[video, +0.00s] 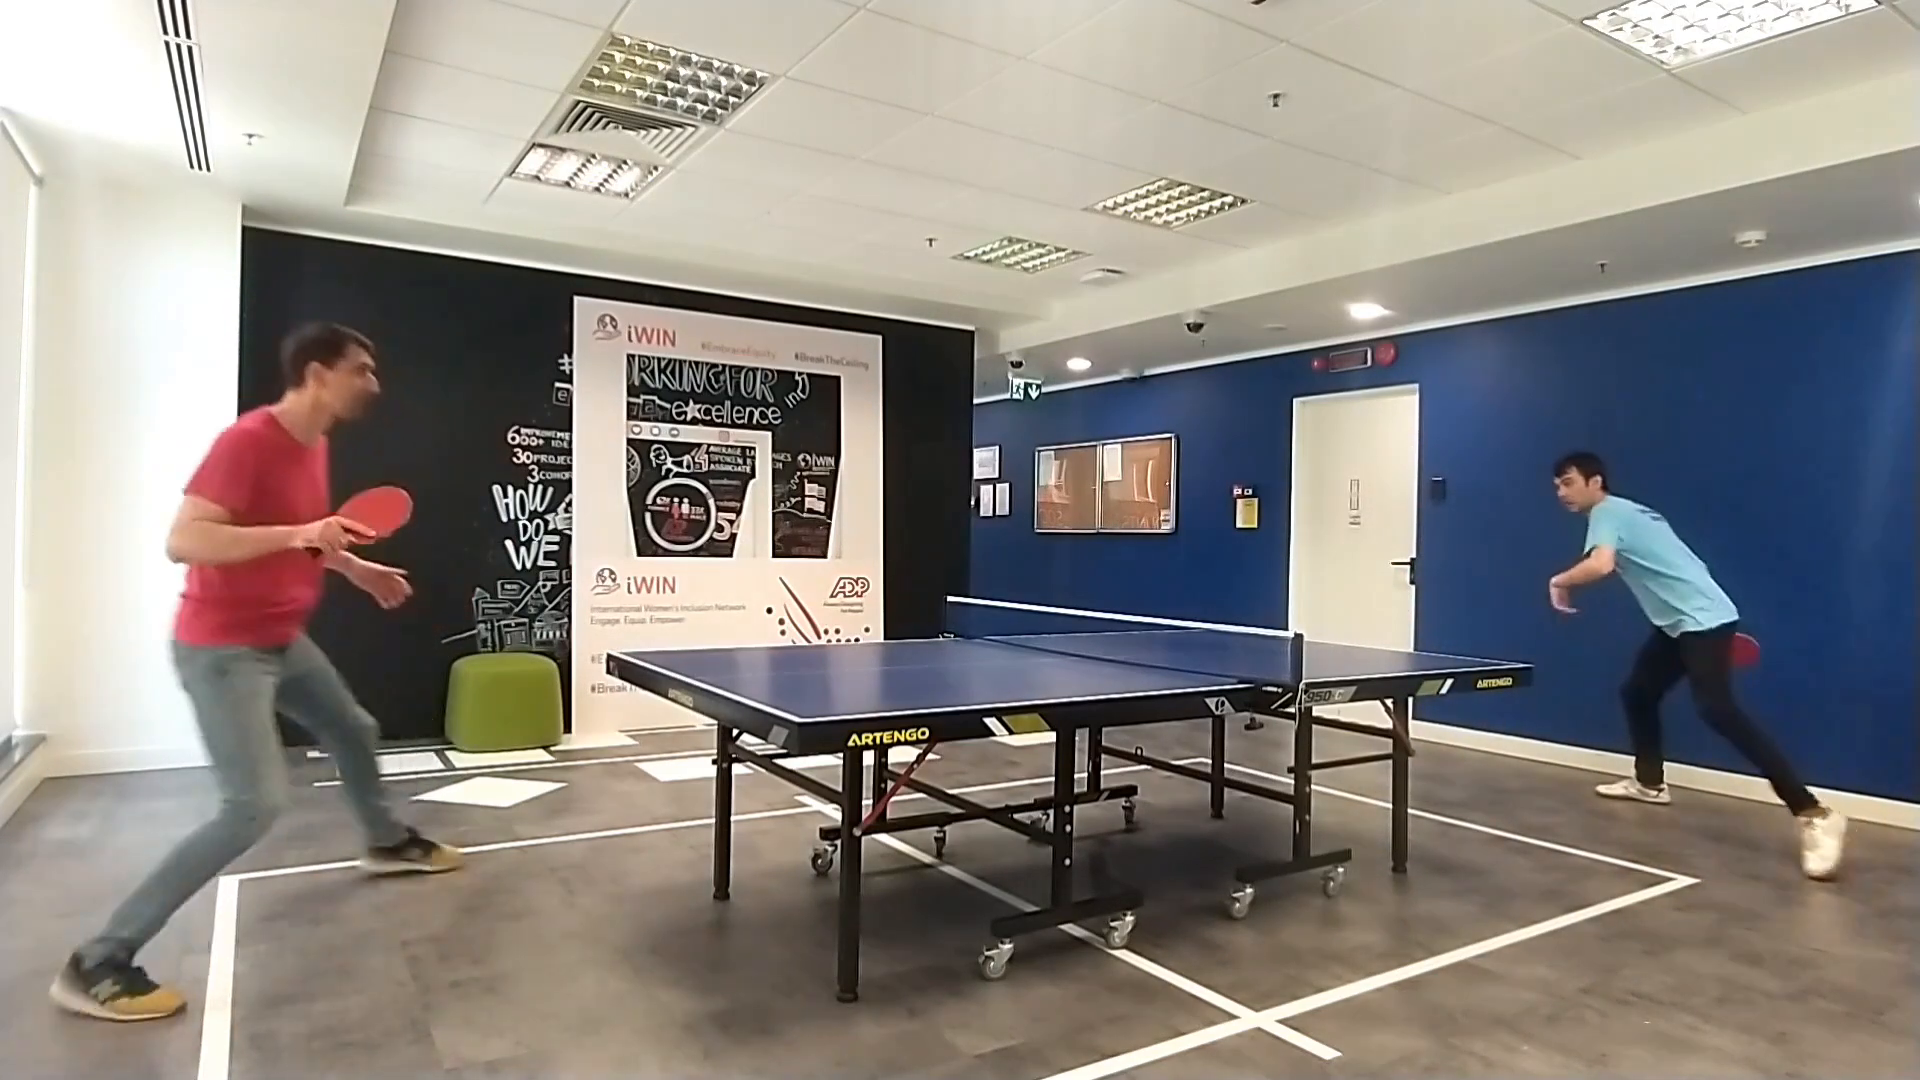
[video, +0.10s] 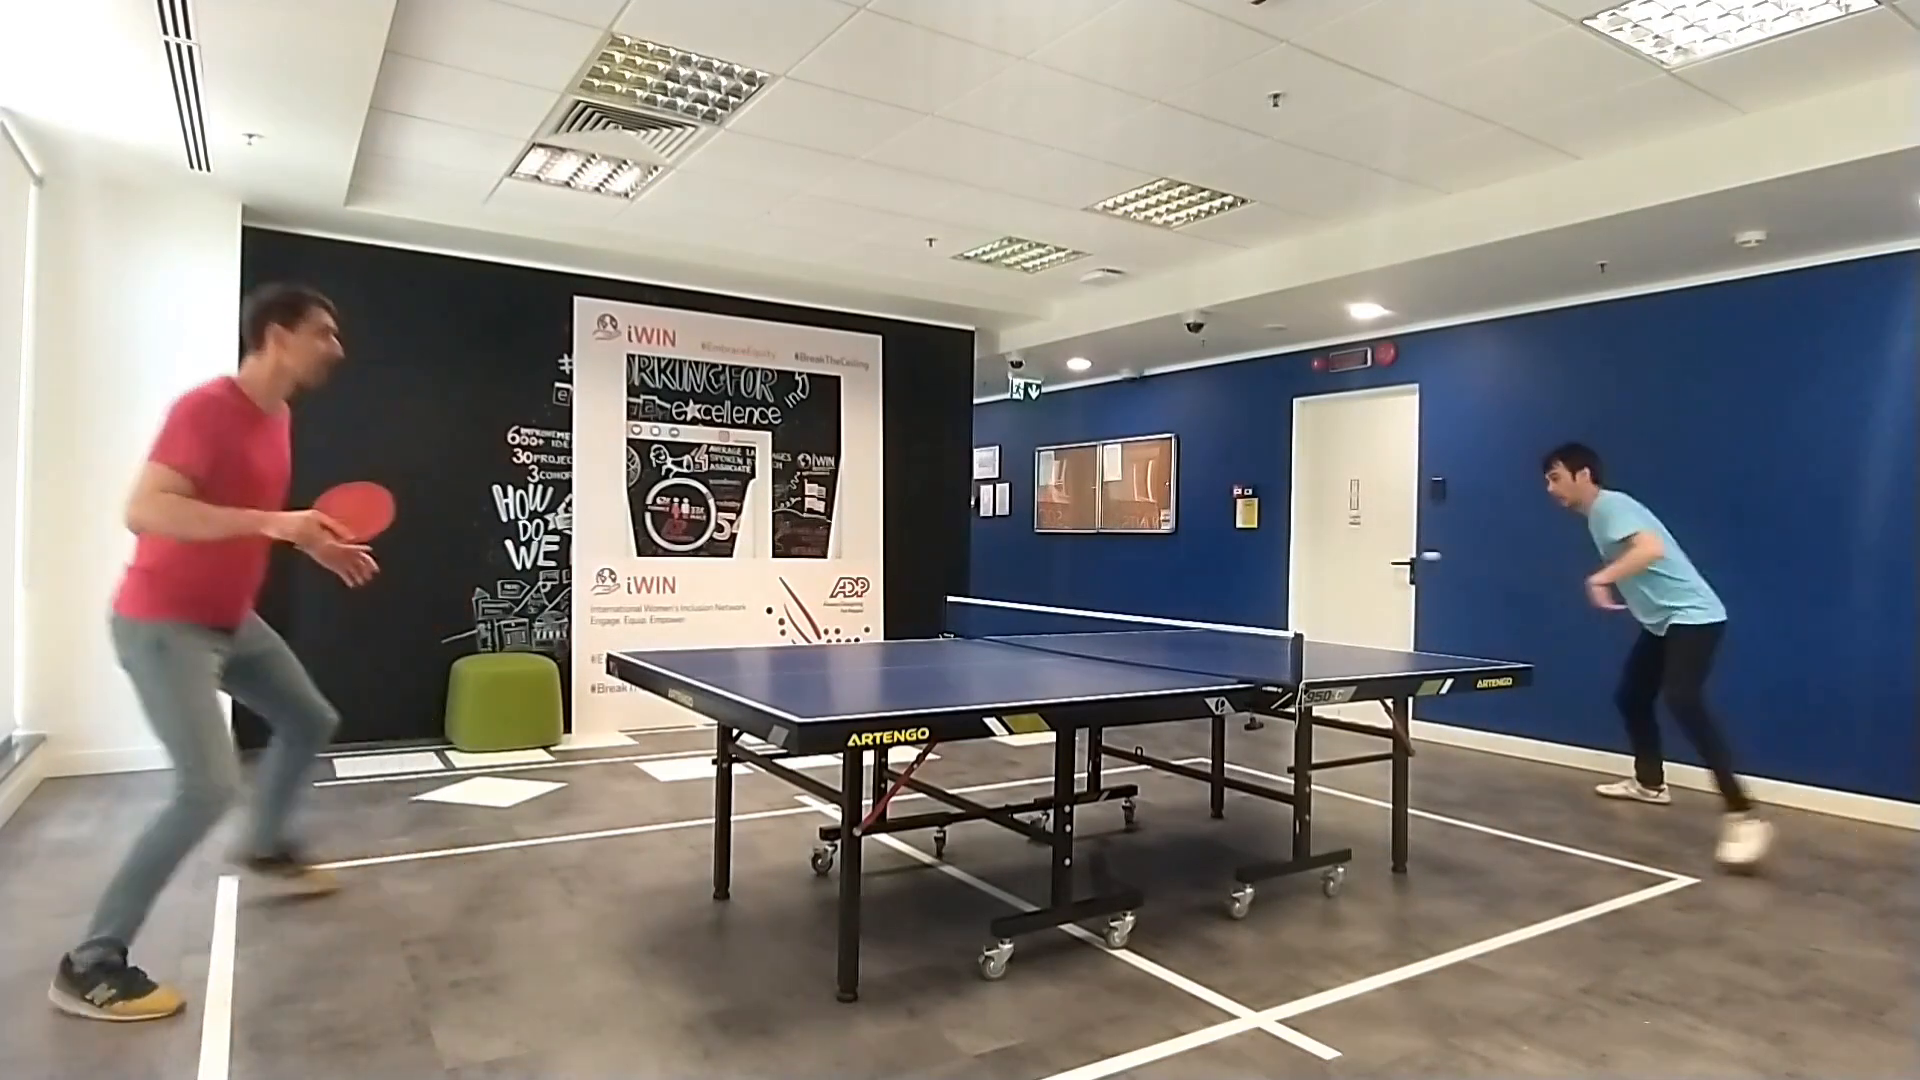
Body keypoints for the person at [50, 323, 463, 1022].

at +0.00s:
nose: (372, 385)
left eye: (372, 374)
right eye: (361, 371)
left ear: (325, 380)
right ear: (315, 374)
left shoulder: (313, 446)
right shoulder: (247, 440)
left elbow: (294, 533)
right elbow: (183, 540)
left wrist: (356, 568)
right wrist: (297, 535)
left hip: (281, 639)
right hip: (220, 650)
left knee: (355, 732)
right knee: (252, 807)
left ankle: (387, 841)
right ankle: (99, 963)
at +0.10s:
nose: (335, 350)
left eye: (335, 338)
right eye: (324, 334)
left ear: (286, 344)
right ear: (275, 336)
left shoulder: (276, 420)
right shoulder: (205, 409)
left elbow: (244, 509)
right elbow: (146, 508)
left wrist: (314, 542)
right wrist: (277, 522)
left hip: (230, 621)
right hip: (160, 627)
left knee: (309, 722)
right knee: (207, 789)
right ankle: (93, 961)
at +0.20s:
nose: (297, 324)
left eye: (298, 312)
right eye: (285, 309)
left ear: (251, 319)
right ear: (234, 311)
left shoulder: (245, 401)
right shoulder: (160, 385)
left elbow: (217, 498)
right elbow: (96, 491)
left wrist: (288, 538)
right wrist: (221, 526)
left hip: (187, 613)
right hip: (113, 608)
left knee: (243, 737)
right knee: (154, 779)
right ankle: (35, 960)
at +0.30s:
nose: (268, 339)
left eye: (267, 327)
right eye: (255, 324)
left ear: (217, 335)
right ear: (203, 327)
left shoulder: (205, 418)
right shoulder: (127, 404)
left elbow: (163, 512)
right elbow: (38, 508)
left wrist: (230, 556)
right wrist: (168, 563)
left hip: (133, 633)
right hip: (64, 626)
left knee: (168, 771)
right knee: (73, 812)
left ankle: (53, 888)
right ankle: (6, 906)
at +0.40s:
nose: (247, 381)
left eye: (247, 367)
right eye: (233, 364)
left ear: (189, 373)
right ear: (178, 367)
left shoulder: (168, 458)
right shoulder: (100, 442)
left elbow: (103, 548)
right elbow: (4, 537)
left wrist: (165, 599)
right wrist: (103, 620)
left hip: (84, 665)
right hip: (21, 659)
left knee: (134, 798)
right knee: (56, 829)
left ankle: (27, 917)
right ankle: (11, 924)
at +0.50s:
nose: (207, 399)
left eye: (207, 384)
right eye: (193, 381)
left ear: (148, 388)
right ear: (132, 382)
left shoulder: (139, 473)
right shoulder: (44, 466)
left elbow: (53, 572)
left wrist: (106, 626)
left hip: (60, 670)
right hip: (8, 674)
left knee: (120, 798)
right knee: (49, 824)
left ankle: (24, 917)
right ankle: (12, 922)